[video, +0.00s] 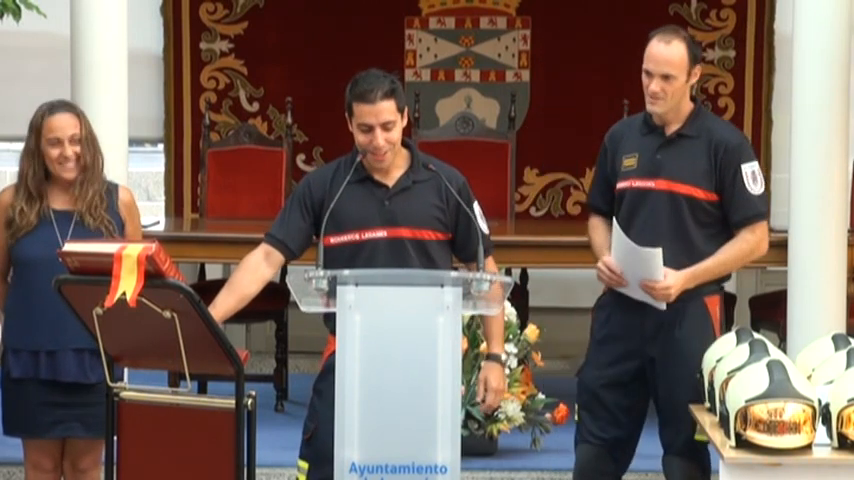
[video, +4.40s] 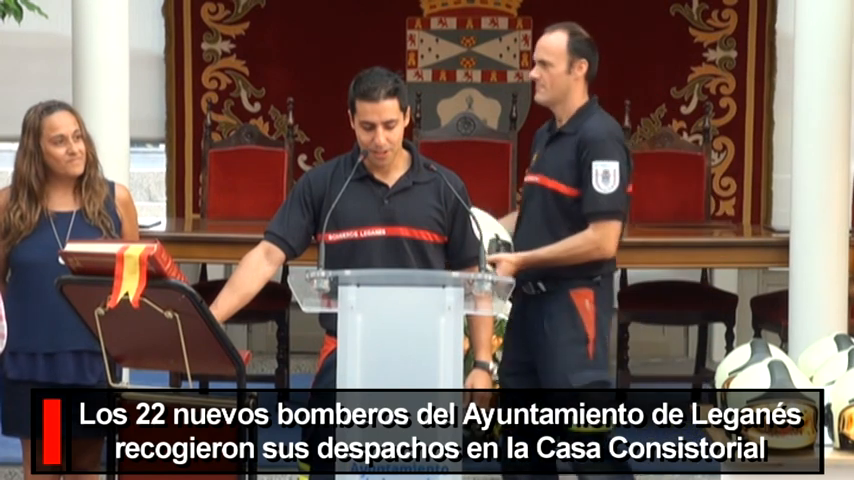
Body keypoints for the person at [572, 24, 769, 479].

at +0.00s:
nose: (653, 87)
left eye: (666, 77)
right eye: (648, 74)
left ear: (693, 77)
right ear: (641, 72)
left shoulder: (727, 144)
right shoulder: (620, 137)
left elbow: (756, 239)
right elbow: (599, 212)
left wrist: (685, 279)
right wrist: (605, 255)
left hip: (688, 319)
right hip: (620, 313)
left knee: (686, 453)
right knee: (596, 449)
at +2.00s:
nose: (684, 93)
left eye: (694, 83)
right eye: (675, 81)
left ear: (707, 80)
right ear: (657, 77)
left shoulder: (737, 145)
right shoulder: (630, 142)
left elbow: (765, 241)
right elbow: (609, 219)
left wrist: (692, 280)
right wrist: (615, 260)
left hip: (698, 328)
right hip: (631, 322)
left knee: (693, 462)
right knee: (607, 458)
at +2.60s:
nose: (687, 99)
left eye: (696, 88)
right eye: (677, 87)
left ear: (709, 83)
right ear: (659, 80)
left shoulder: (741, 145)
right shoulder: (627, 142)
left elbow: (772, 229)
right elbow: (608, 223)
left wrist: (758, 287)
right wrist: (625, 287)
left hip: (706, 315)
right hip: (634, 311)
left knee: (696, 448)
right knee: (609, 442)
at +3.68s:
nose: (633, 116)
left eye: (643, 104)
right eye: (625, 105)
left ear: (669, 93)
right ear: (616, 98)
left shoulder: (715, 147)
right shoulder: (599, 154)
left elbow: (758, 222)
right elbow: (581, 232)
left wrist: (709, 259)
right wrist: (595, 295)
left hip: (693, 320)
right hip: (618, 320)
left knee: (691, 451)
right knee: (599, 450)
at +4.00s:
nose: (596, 90)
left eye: (607, 78)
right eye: (594, 79)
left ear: (642, 77)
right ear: (596, 80)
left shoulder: (688, 142)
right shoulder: (590, 142)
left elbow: (720, 238)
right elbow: (579, 228)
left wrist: (640, 263)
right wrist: (556, 258)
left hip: (661, 314)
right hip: (596, 312)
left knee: (669, 456)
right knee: (560, 450)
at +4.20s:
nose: (565, 80)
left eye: (576, 71)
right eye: (565, 70)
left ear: (612, 73)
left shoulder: (646, 140)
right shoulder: (570, 140)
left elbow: (660, 242)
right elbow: (563, 218)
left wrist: (576, 264)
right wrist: (527, 240)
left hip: (621, 312)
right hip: (564, 311)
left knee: (639, 451)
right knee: (542, 446)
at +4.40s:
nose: (532, 74)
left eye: (543, 65)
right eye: (533, 64)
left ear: (579, 70)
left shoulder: (600, 135)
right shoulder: (546, 134)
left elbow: (603, 241)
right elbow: (532, 214)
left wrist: (521, 261)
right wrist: (484, 236)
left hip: (574, 303)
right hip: (530, 301)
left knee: (587, 442)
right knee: (521, 438)